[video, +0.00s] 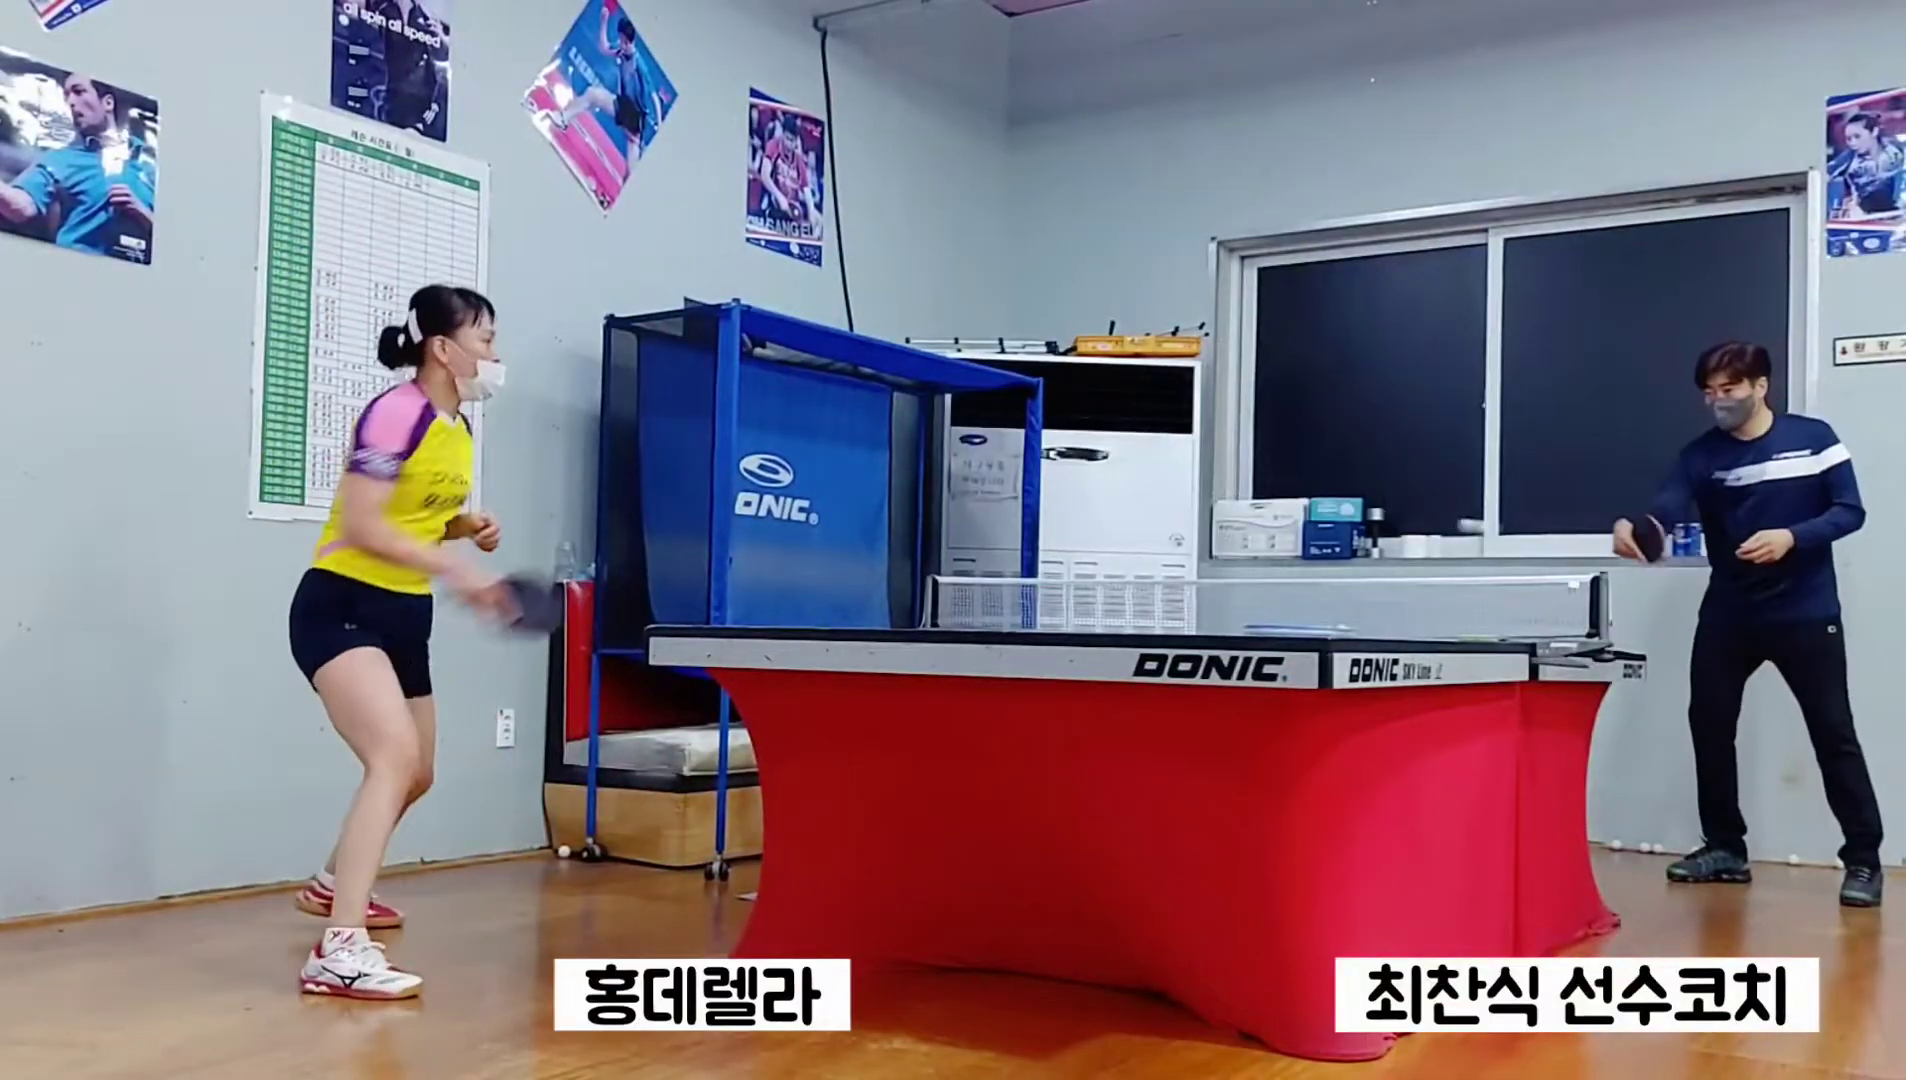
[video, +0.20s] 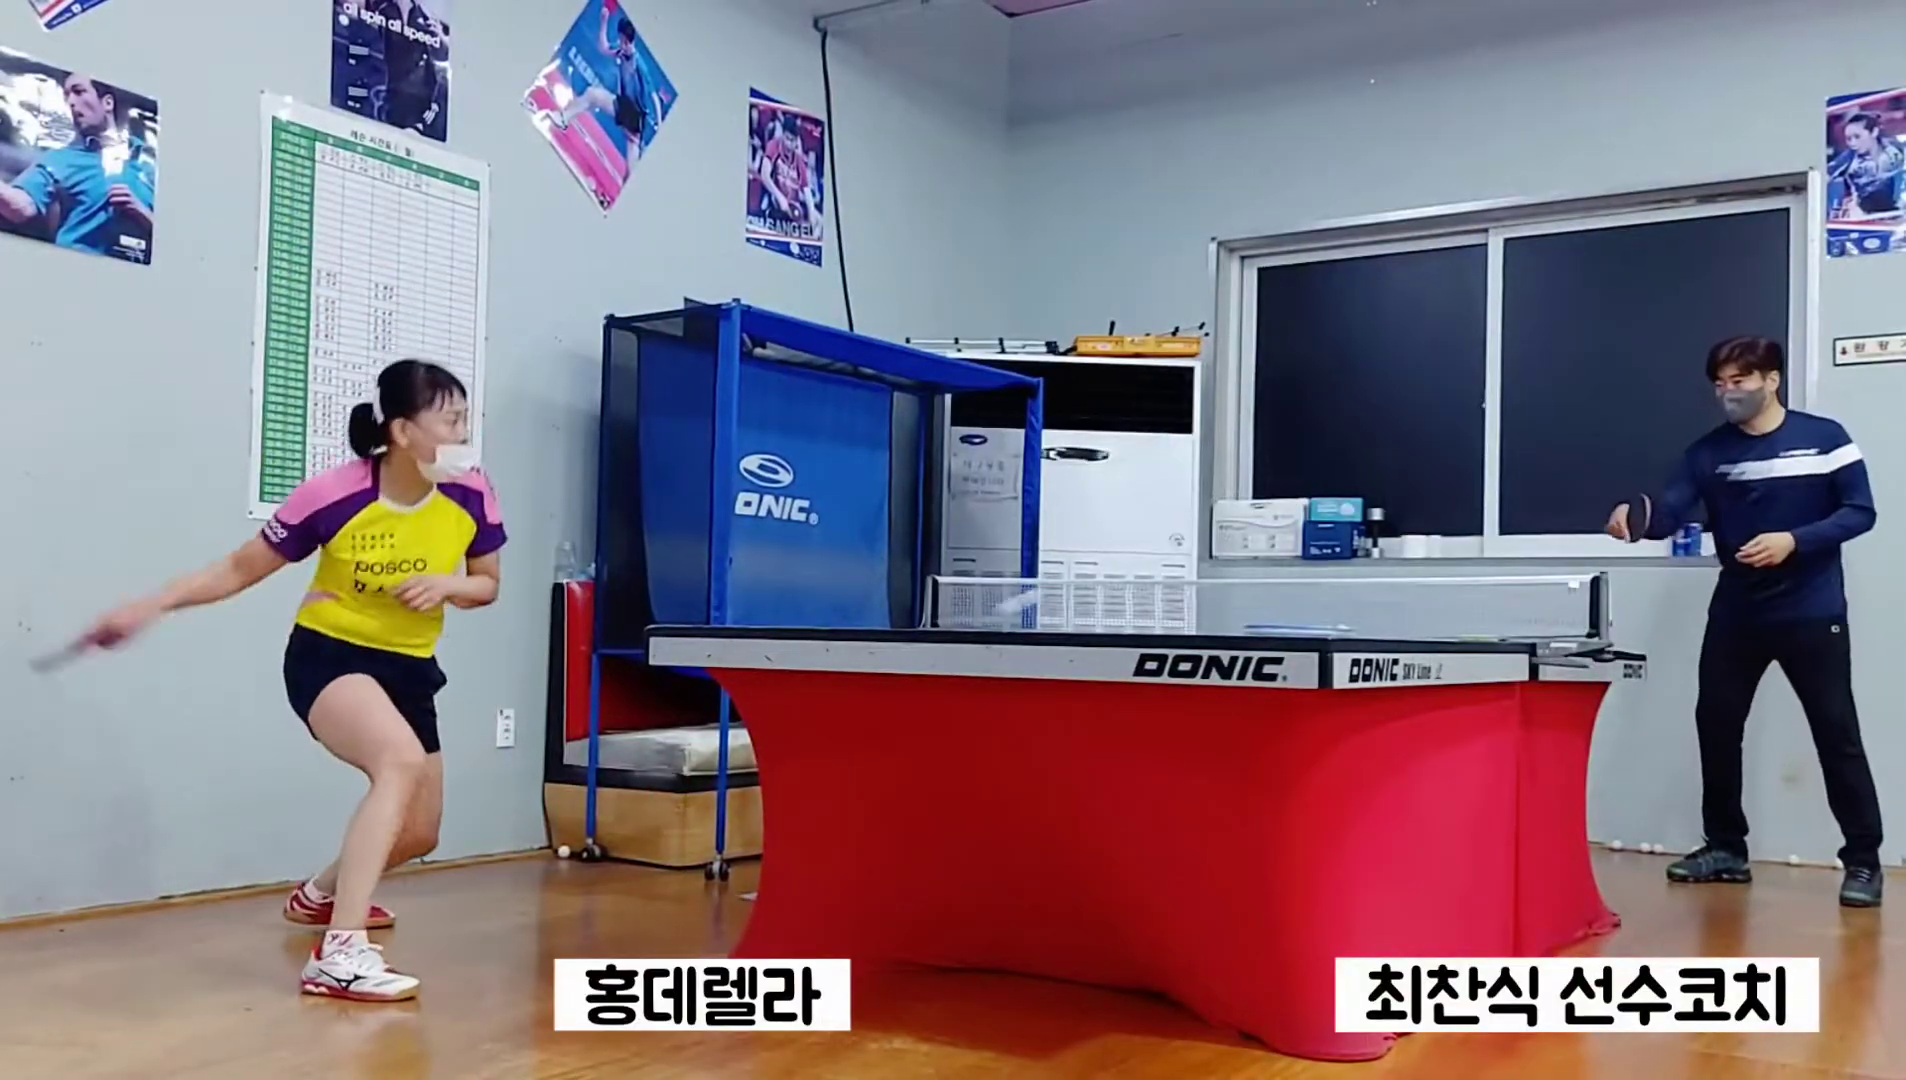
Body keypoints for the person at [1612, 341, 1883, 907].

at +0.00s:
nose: (1719, 399)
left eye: (1729, 388)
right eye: (1711, 391)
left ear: (1760, 387)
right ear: (1703, 396)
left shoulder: (1813, 438)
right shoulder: (1701, 457)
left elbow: (1849, 512)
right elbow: (1667, 509)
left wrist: (1791, 535)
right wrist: (1637, 529)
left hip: (1805, 615)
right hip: (1728, 616)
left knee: (1834, 736)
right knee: (1708, 724)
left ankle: (1862, 862)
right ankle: (1725, 848)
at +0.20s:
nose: (1728, 389)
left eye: (1739, 379)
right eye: (1721, 382)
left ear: (1771, 380)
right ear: (1715, 390)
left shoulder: (1825, 437)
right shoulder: (1708, 454)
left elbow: (1861, 512)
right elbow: (1668, 511)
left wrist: (1795, 539)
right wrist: (1637, 516)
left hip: (1812, 615)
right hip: (1736, 615)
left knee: (1837, 736)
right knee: (1716, 724)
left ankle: (1862, 863)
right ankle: (1725, 849)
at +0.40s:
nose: (1735, 387)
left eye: (1746, 376)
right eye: (1727, 381)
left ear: (1778, 379)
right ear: (1722, 389)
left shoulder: (1827, 434)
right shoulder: (1727, 454)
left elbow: (1864, 509)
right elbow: (1715, 529)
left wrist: (1785, 537)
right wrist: (1684, 547)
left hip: (1821, 617)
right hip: (1751, 618)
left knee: (1842, 741)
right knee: (1729, 726)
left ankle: (1863, 864)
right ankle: (1728, 848)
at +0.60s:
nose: (1730, 393)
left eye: (1741, 382)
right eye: (1723, 386)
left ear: (1774, 382)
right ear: (1720, 393)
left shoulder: (1824, 434)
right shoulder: (1729, 454)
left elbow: (1862, 509)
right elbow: (1729, 530)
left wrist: (1781, 533)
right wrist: (1701, 572)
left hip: (1822, 617)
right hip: (1753, 617)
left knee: (1842, 739)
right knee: (1733, 729)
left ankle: (1863, 864)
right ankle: (1729, 848)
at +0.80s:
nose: (1726, 405)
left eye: (1736, 394)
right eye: (1718, 397)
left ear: (1767, 389)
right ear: (1712, 400)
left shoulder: (1821, 437)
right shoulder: (1716, 459)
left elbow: (1861, 512)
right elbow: (1693, 528)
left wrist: (1786, 534)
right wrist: (1679, 572)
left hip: (1816, 619)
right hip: (1742, 621)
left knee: (1841, 739)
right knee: (1718, 725)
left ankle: (1863, 863)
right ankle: (1727, 848)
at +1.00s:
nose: (1721, 400)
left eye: (1732, 389)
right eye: (1713, 392)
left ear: (1763, 387)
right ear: (1707, 397)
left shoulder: (1818, 438)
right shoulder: (1706, 457)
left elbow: (1859, 510)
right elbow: (1666, 516)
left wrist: (1790, 533)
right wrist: (1631, 529)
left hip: (1811, 616)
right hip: (1735, 616)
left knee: (1837, 738)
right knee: (1716, 727)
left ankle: (1863, 863)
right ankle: (1726, 849)